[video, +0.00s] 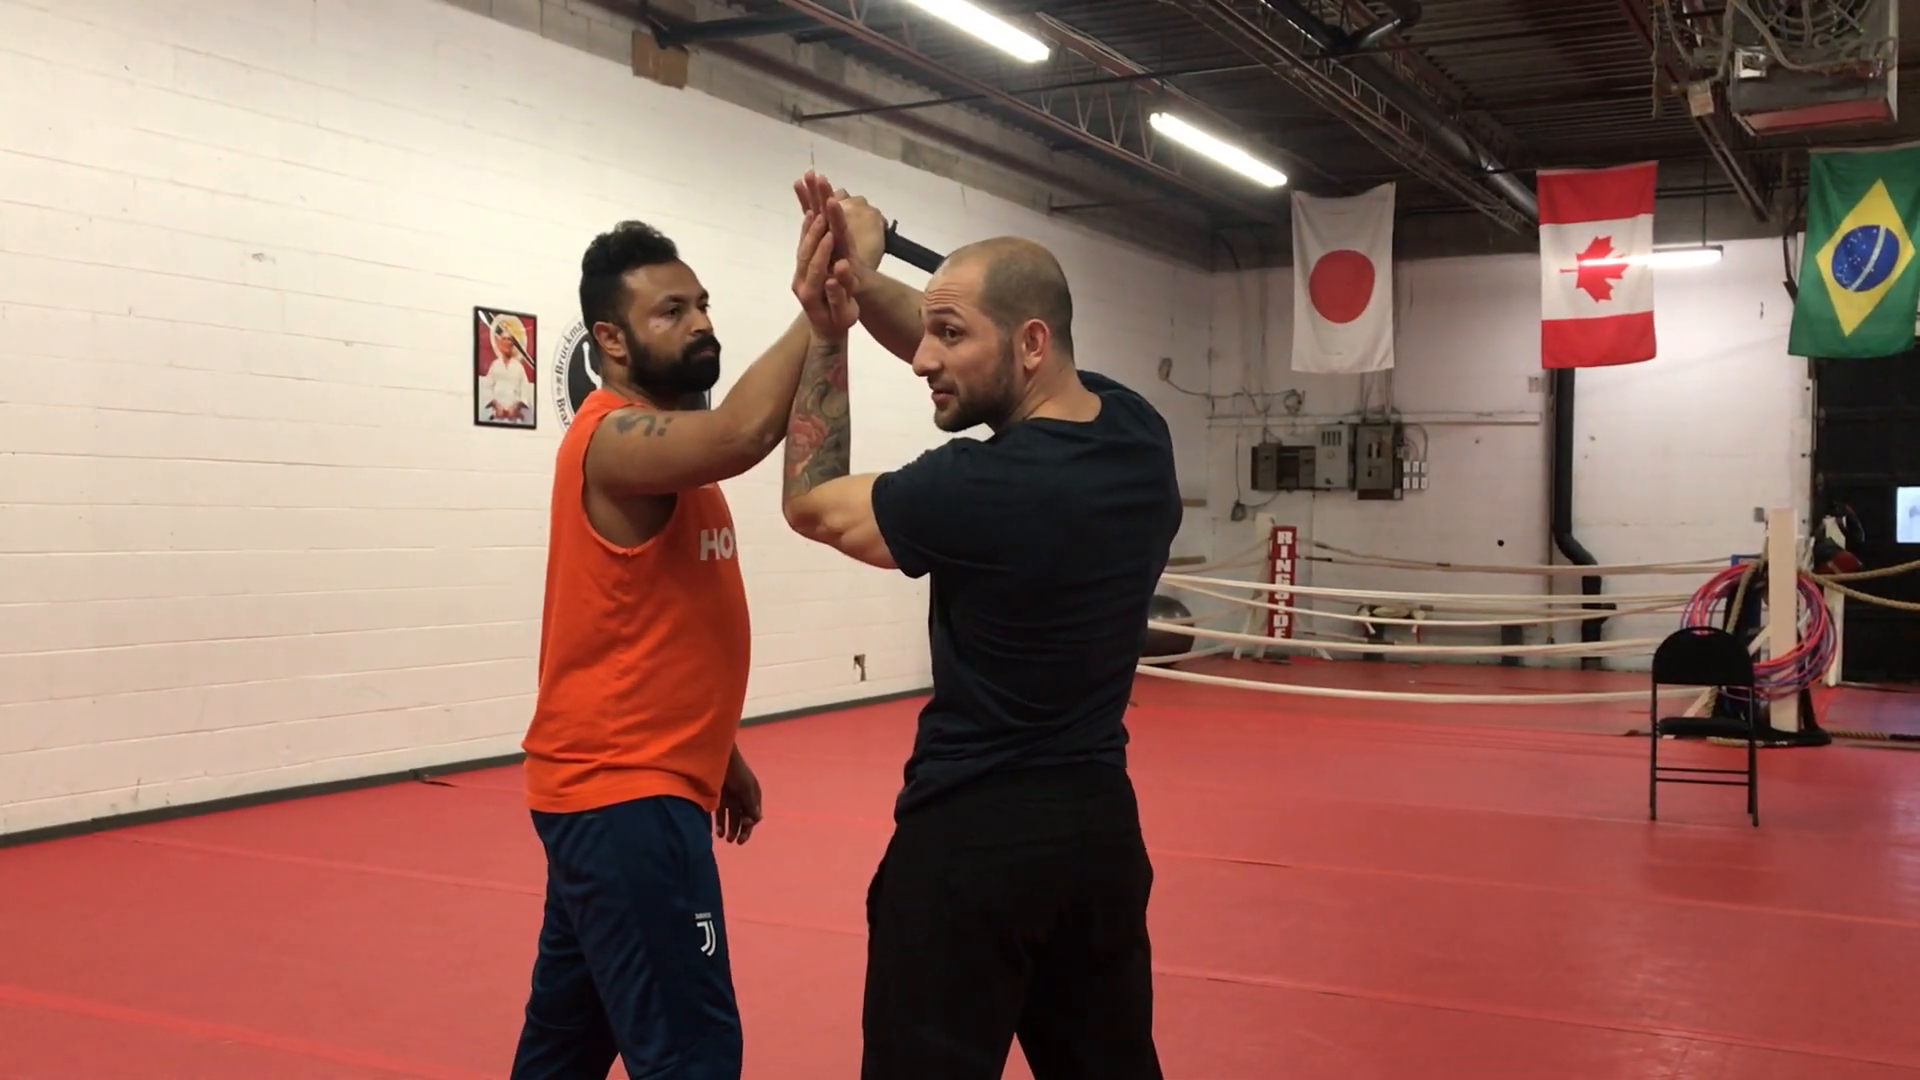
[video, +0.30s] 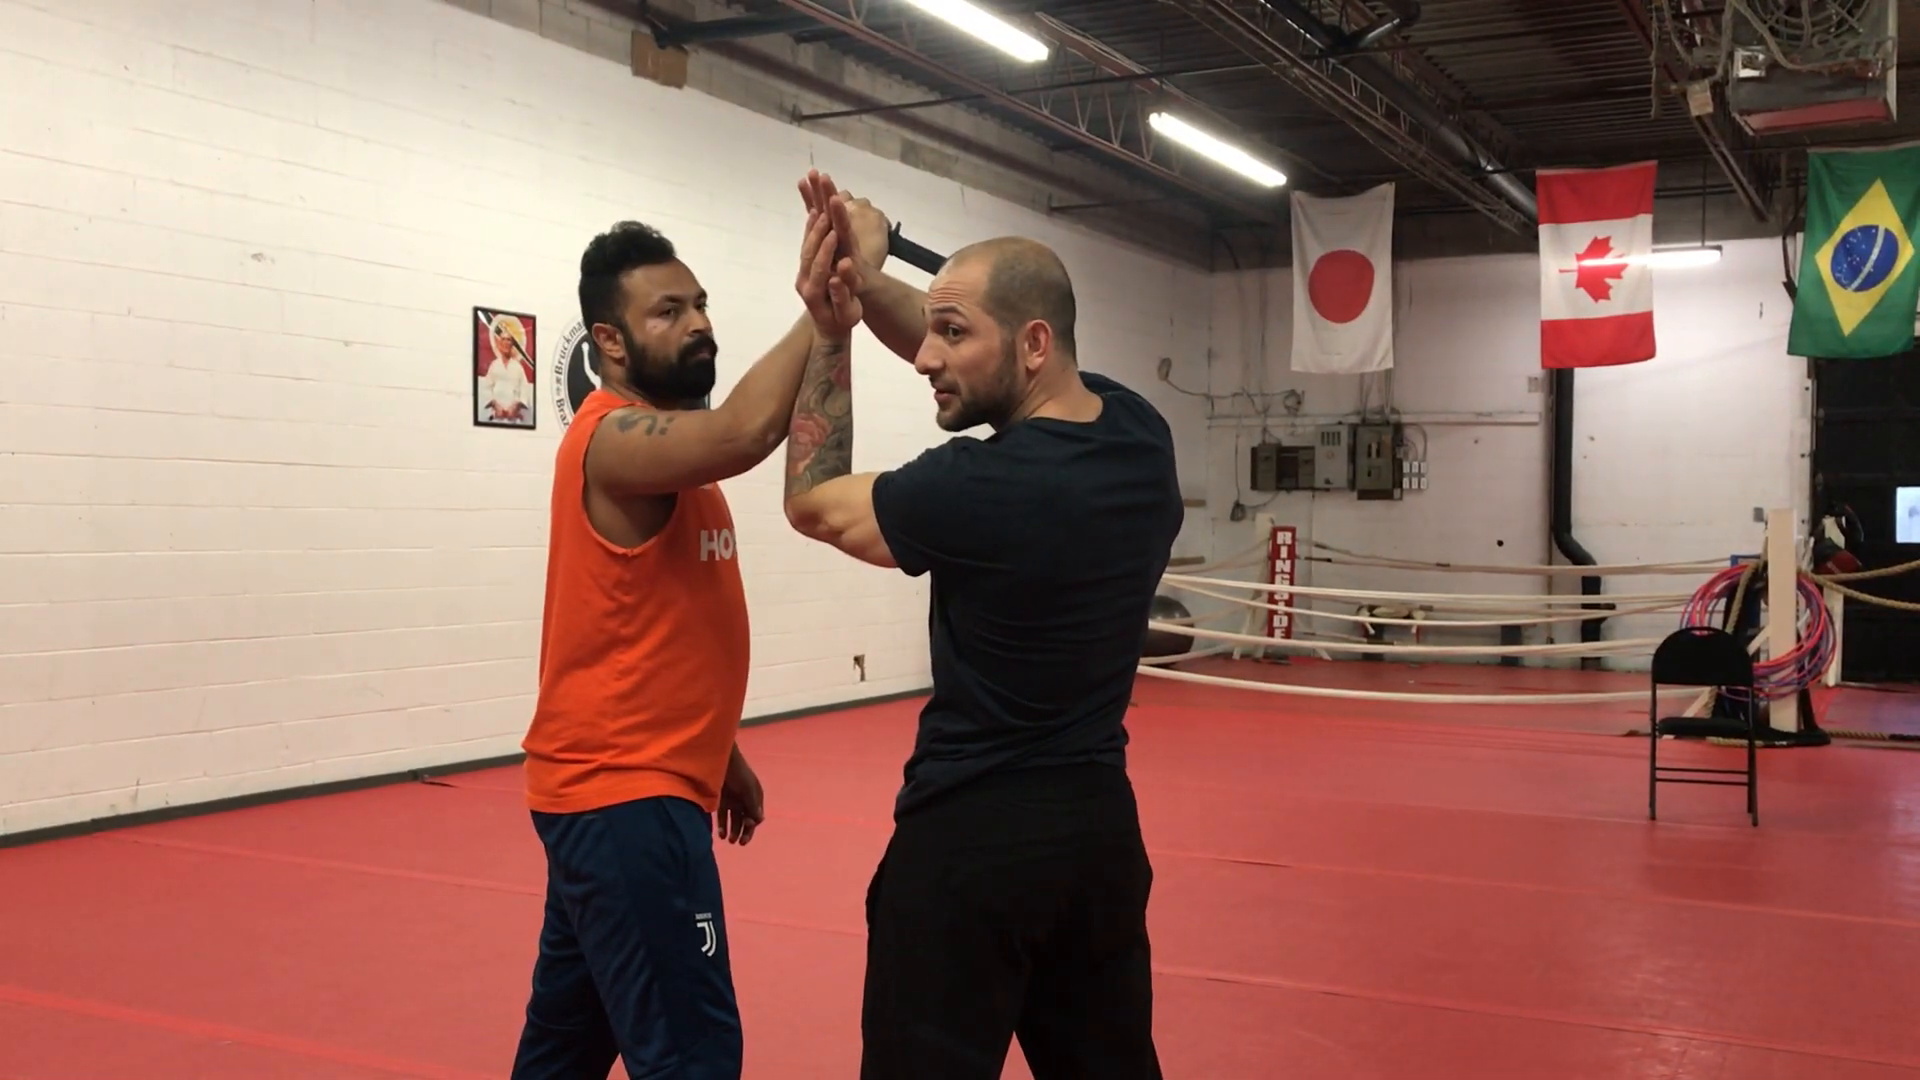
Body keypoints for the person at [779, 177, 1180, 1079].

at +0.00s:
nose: (927, 359)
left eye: (950, 333)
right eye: (927, 336)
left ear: (1029, 343)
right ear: (1033, 348)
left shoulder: (976, 490)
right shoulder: (1139, 434)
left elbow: (814, 504)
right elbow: (948, 338)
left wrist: (828, 326)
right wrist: (860, 271)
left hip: (962, 844)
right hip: (1097, 831)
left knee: (920, 1063)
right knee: (1112, 1068)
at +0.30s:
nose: (928, 360)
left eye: (952, 332)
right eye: (929, 335)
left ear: (1031, 342)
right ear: (1034, 348)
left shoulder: (978, 490)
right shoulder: (1142, 438)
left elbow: (816, 503)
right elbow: (956, 343)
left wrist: (830, 322)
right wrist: (868, 274)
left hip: (961, 847)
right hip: (1097, 835)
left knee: (920, 1062)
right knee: (1111, 1067)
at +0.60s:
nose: (916, 343)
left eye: (933, 322)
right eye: (922, 322)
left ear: (1006, 342)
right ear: (1017, 343)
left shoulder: (969, 482)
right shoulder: (1139, 434)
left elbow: (812, 498)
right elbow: (960, 353)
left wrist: (829, 319)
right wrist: (871, 272)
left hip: (960, 849)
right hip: (1097, 835)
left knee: (917, 1063)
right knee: (1109, 1066)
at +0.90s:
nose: (901, 321)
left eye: (905, 302)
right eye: (888, 302)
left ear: (942, 313)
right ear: (1033, 305)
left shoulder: (921, 457)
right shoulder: (1129, 417)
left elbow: (797, 494)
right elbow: (962, 384)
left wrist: (826, 327)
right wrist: (860, 273)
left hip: (992, 846)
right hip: (1139, 824)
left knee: (957, 1062)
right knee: (1171, 1066)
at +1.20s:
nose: (1009, 309)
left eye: (1014, 289)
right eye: (1011, 289)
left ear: (1051, 303)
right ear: (1147, 302)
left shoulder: (1002, 465)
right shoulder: (1240, 445)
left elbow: (872, 612)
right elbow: (1120, 528)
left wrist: (891, 471)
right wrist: (983, 430)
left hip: (1061, 874)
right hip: (1222, 858)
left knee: (1001, 1066)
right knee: (1303, 1069)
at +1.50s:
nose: (1239, 363)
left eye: (1255, 339)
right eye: (1247, 339)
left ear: (1305, 364)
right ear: (1394, 370)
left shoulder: (1229, 518)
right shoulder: (1506, 535)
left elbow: (1189, 798)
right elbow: (1527, 782)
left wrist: (1150, 806)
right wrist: (1399, 790)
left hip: (1260, 965)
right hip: (1452, 958)